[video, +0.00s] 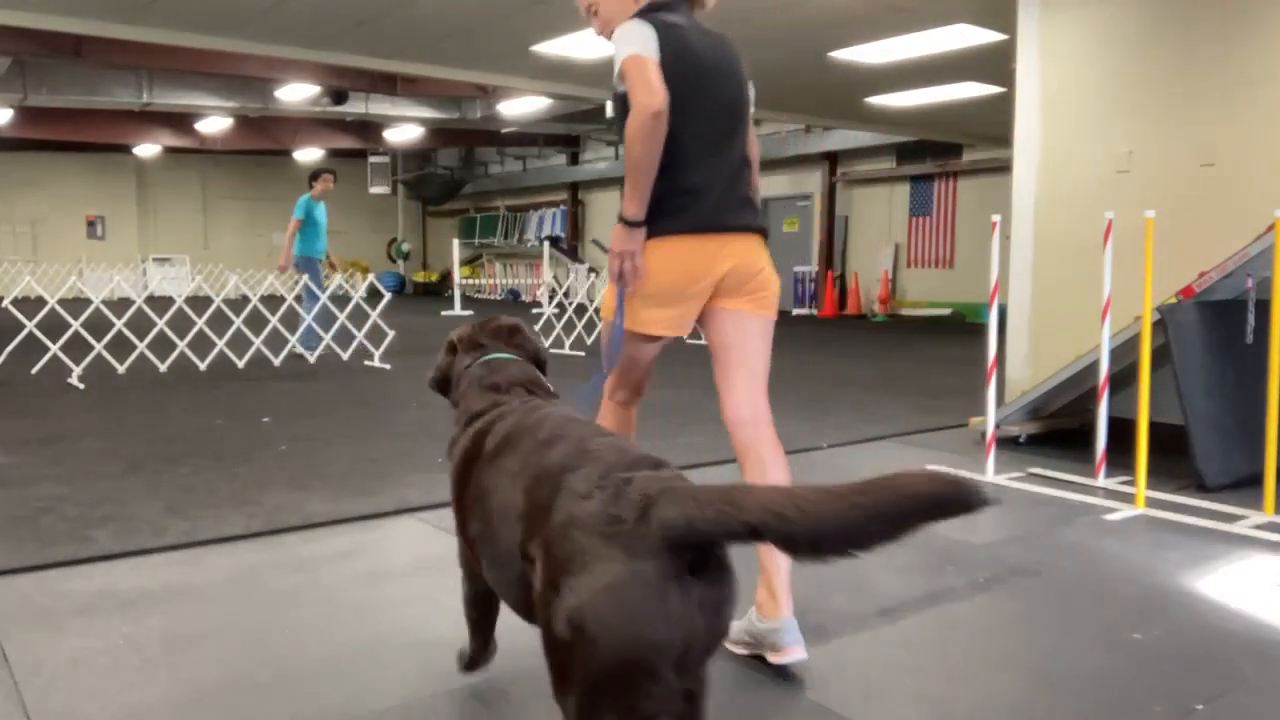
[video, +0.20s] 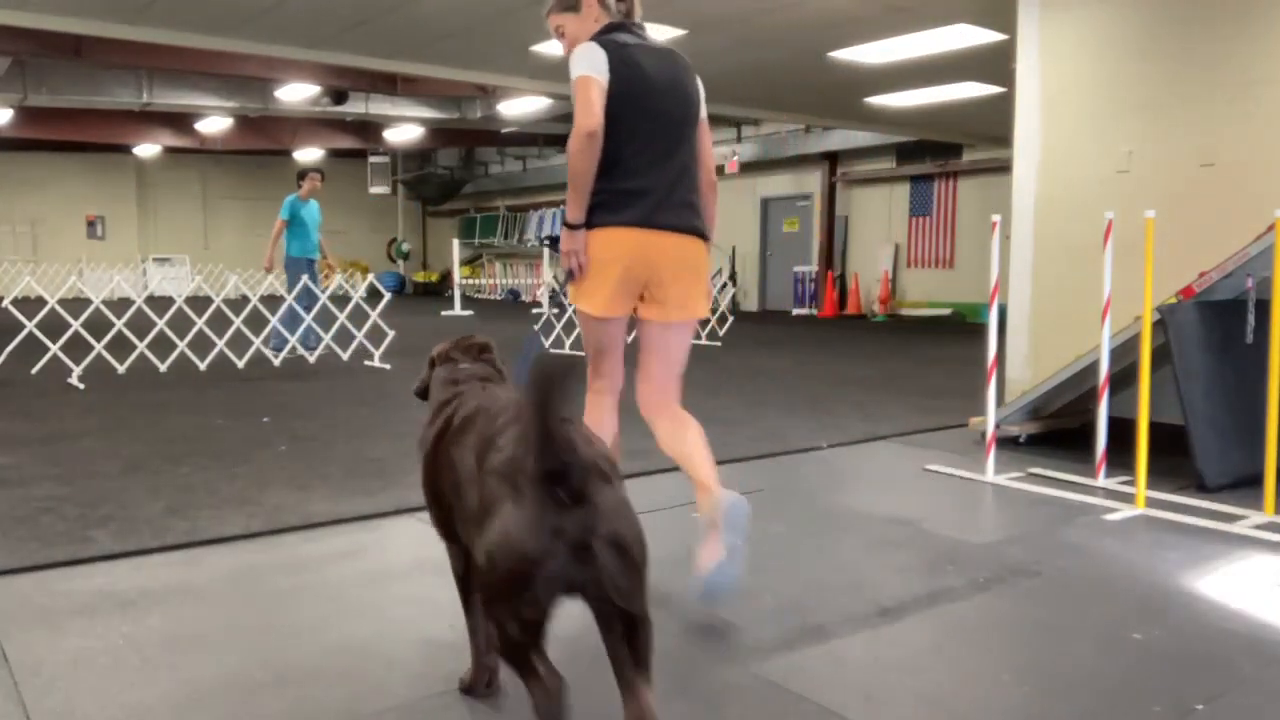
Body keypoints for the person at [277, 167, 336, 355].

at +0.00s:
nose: (330, 186)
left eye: (332, 182)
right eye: (326, 181)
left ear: (331, 185)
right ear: (315, 182)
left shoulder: (321, 204)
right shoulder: (305, 201)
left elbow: (321, 236)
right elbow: (292, 230)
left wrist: (329, 257)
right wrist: (285, 258)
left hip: (317, 257)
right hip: (306, 256)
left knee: (311, 299)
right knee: (316, 298)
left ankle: (306, 341)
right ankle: (307, 342)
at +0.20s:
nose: (317, 184)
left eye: (319, 181)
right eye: (313, 180)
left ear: (320, 185)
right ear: (302, 182)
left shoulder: (315, 205)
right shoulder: (291, 201)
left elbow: (317, 235)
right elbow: (279, 227)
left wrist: (326, 257)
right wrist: (270, 256)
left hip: (311, 259)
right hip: (296, 258)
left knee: (311, 300)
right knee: (298, 300)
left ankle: (309, 342)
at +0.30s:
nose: (310, 183)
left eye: (313, 180)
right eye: (306, 179)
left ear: (315, 184)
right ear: (296, 181)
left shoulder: (311, 205)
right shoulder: (285, 202)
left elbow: (313, 234)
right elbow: (274, 229)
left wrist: (323, 258)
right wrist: (267, 258)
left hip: (307, 259)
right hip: (289, 258)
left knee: (312, 299)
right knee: (290, 301)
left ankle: (308, 341)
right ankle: (277, 343)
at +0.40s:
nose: (306, 183)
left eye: (309, 179)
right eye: (302, 179)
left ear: (311, 183)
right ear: (292, 181)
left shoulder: (307, 204)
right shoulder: (281, 201)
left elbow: (310, 234)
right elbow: (270, 229)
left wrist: (319, 258)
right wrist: (267, 258)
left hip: (303, 258)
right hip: (286, 258)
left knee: (310, 299)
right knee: (287, 301)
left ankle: (308, 341)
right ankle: (278, 343)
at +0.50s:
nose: (303, 182)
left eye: (305, 178)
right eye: (298, 177)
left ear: (308, 182)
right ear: (289, 180)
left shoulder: (305, 203)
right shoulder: (278, 200)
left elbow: (306, 232)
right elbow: (267, 228)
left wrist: (315, 255)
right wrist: (267, 257)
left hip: (301, 257)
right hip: (283, 256)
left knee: (305, 299)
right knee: (285, 300)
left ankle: (308, 341)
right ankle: (277, 343)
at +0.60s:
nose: (300, 181)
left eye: (302, 177)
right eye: (296, 177)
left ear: (305, 181)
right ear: (286, 180)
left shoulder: (301, 202)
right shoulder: (276, 200)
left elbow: (303, 230)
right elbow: (266, 229)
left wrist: (313, 254)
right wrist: (268, 257)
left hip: (299, 256)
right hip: (282, 256)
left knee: (303, 299)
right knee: (284, 299)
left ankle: (306, 340)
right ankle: (277, 343)